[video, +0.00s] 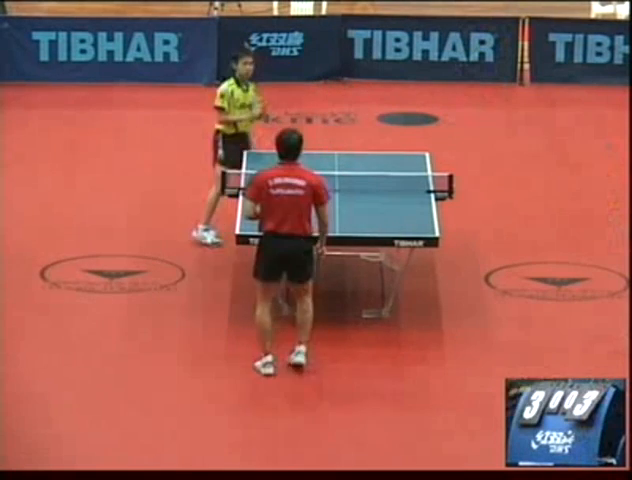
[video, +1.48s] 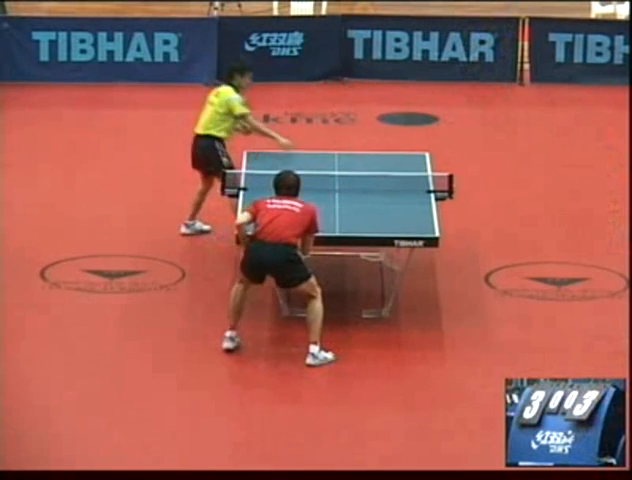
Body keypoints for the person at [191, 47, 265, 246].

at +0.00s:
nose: (249, 68)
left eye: (251, 64)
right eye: (245, 64)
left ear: (253, 67)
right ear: (235, 66)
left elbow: (260, 111)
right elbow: (221, 117)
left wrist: (263, 113)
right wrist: (248, 116)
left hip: (245, 135)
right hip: (228, 135)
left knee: (246, 179)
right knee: (221, 183)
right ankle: (204, 226)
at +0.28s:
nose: (238, 72)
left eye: (239, 68)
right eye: (233, 68)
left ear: (241, 71)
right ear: (222, 71)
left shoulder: (233, 90)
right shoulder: (216, 93)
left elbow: (234, 109)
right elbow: (211, 123)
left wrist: (243, 116)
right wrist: (237, 123)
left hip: (223, 136)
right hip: (209, 137)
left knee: (224, 180)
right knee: (213, 186)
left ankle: (215, 217)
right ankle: (200, 229)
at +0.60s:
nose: (225, 71)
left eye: (227, 67)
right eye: (221, 67)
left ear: (229, 69)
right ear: (211, 69)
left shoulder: (218, 90)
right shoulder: (206, 91)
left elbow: (222, 110)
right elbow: (201, 121)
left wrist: (235, 117)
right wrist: (228, 120)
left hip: (211, 137)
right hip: (202, 138)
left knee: (202, 182)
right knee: (209, 183)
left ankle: (190, 222)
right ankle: (200, 228)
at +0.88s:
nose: (221, 70)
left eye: (223, 66)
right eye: (217, 66)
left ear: (223, 67)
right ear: (206, 66)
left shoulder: (212, 88)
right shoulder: (201, 89)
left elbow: (216, 110)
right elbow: (199, 118)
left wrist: (233, 116)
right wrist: (225, 119)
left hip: (207, 134)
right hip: (198, 135)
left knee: (199, 181)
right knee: (204, 182)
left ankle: (190, 222)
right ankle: (199, 228)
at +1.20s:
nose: (225, 71)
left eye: (226, 67)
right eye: (222, 67)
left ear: (213, 68)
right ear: (210, 66)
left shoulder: (203, 84)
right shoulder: (207, 88)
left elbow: (210, 111)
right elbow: (217, 118)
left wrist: (226, 116)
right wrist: (244, 134)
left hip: (197, 133)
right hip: (202, 135)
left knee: (199, 179)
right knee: (221, 180)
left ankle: (190, 221)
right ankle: (211, 226)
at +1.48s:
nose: (250, 83)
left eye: (250, 79)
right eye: (248, 79)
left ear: (234, 79)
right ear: (237, 78)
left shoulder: (218, 92)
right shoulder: (231, 95)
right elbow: (249, 122)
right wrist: (278, 138)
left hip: (201, 139)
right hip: (212, 141)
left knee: (207, 183)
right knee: (232, 182)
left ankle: (190, 221)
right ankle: (242, 226)